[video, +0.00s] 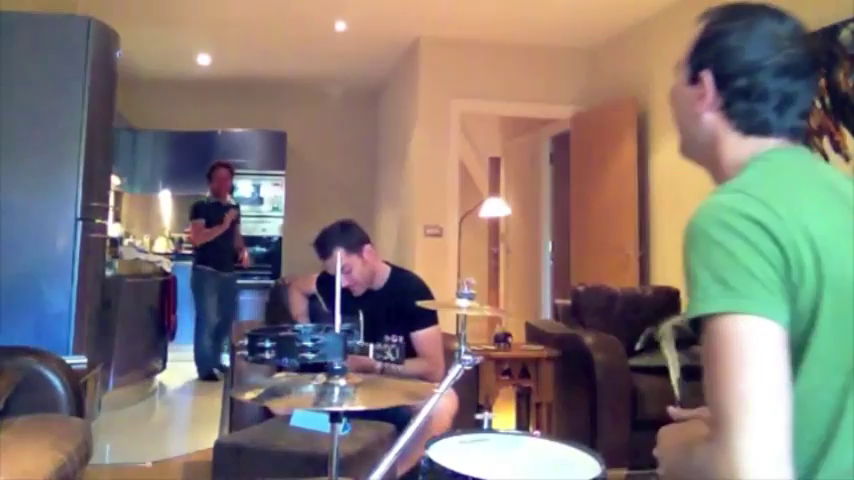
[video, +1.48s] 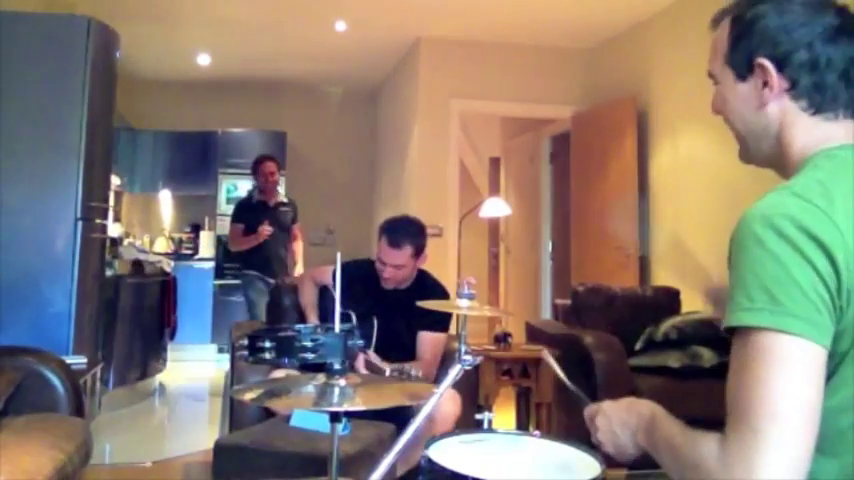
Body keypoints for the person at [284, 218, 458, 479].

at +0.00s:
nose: (343, 283)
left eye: (347, 271)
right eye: (336, 275)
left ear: (368, 253)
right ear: (329, 269)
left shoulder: (410, 289)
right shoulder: (332, 284)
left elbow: (434, 369)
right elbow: (295, 288)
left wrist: (374, 367)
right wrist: (305, 335)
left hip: (395, 391)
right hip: (339, 387)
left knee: (444, 402)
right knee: (279, 398)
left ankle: (390, 473)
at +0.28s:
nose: (343, 281)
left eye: (348, 269)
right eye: (337, 273)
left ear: (370, 252)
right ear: (329, 268)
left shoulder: (411, 290)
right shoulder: (334, 285)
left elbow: (430, 367)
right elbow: (297, 289)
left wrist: (375, 366)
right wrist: (303, 332)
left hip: (396, 393)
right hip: (339, 389)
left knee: (434, 404)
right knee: (280, 399)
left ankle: (387, 473)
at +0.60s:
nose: (354, 277)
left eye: (361, 266)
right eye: (347, 269)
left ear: (382, 252)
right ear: (341, 263)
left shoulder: (416, 291)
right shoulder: (340, 281)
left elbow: (429, 370)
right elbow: (301, 287)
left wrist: (373, 368)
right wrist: (306, 325)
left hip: (396, 389)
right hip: (342, 384)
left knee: (423, 412)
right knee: (282, 401)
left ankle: (384, 474)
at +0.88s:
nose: (361, 276)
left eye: (370, 266)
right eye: (353, 267)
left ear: (389, 253)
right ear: (344, 259)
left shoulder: (416, 290)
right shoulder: (340, 279)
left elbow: (430, 370)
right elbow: (299, 287)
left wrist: (378, 369)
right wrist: (304, 331)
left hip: (398, 390)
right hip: (341, 384)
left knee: (433, 406)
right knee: (282, 400)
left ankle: (386, 473)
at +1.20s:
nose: (370, 272)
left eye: (379, 263)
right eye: (363, 262)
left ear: (401, 254)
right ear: (357, 251)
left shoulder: (421, 289)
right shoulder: (346, 272)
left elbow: (425, 368)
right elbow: (304, 277)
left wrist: (388, 366)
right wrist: (310, 329)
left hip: (395, 388)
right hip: (341, 379)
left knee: (447, 403)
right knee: (276, 399)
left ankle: (390, 473)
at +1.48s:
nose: (387, 273)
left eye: (397, 267)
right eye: (381, 263)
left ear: (420, 261)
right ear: (376, 250)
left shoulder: (433, 296)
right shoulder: (358, 272)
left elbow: (427, 370)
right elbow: (308, 278)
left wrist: (384, 369)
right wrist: (314, 325)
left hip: (399, 387)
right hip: (346, 379)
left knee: (448, 404)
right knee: (279, 384)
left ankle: (394, 470)